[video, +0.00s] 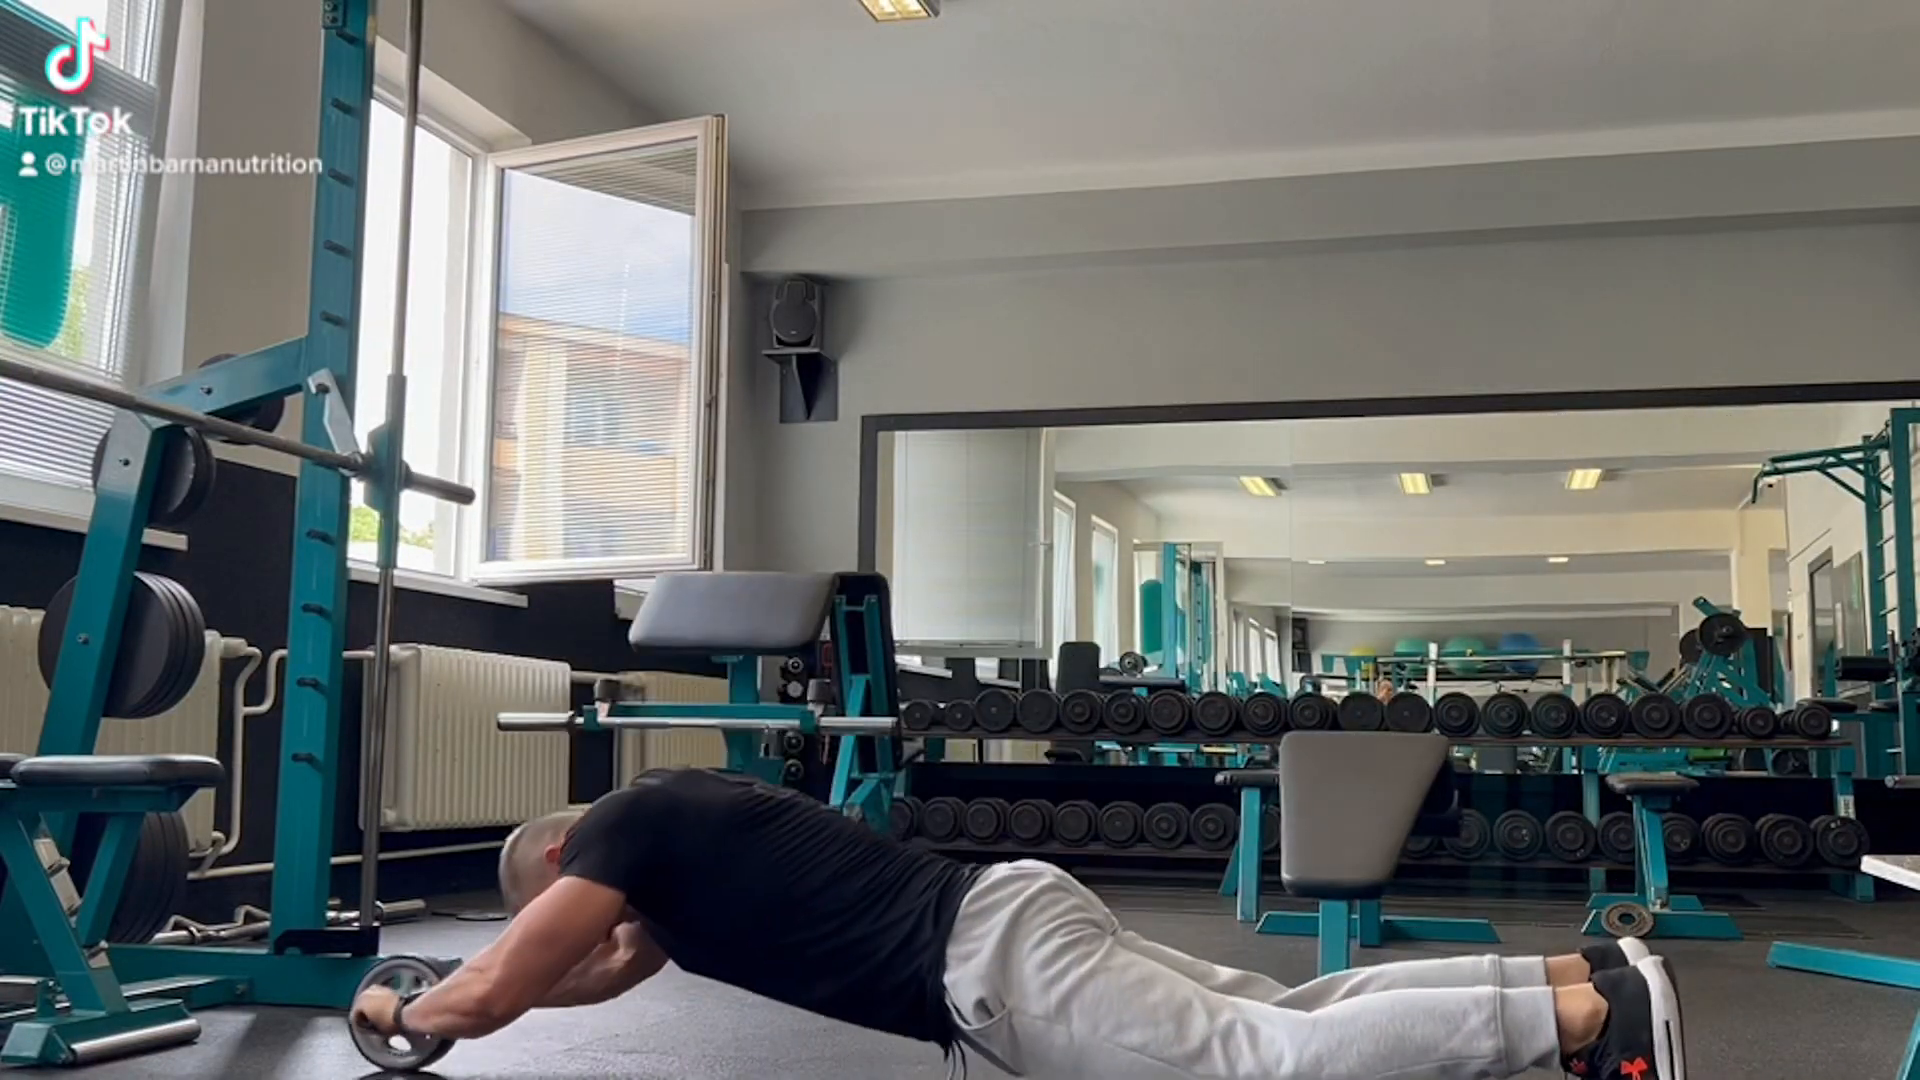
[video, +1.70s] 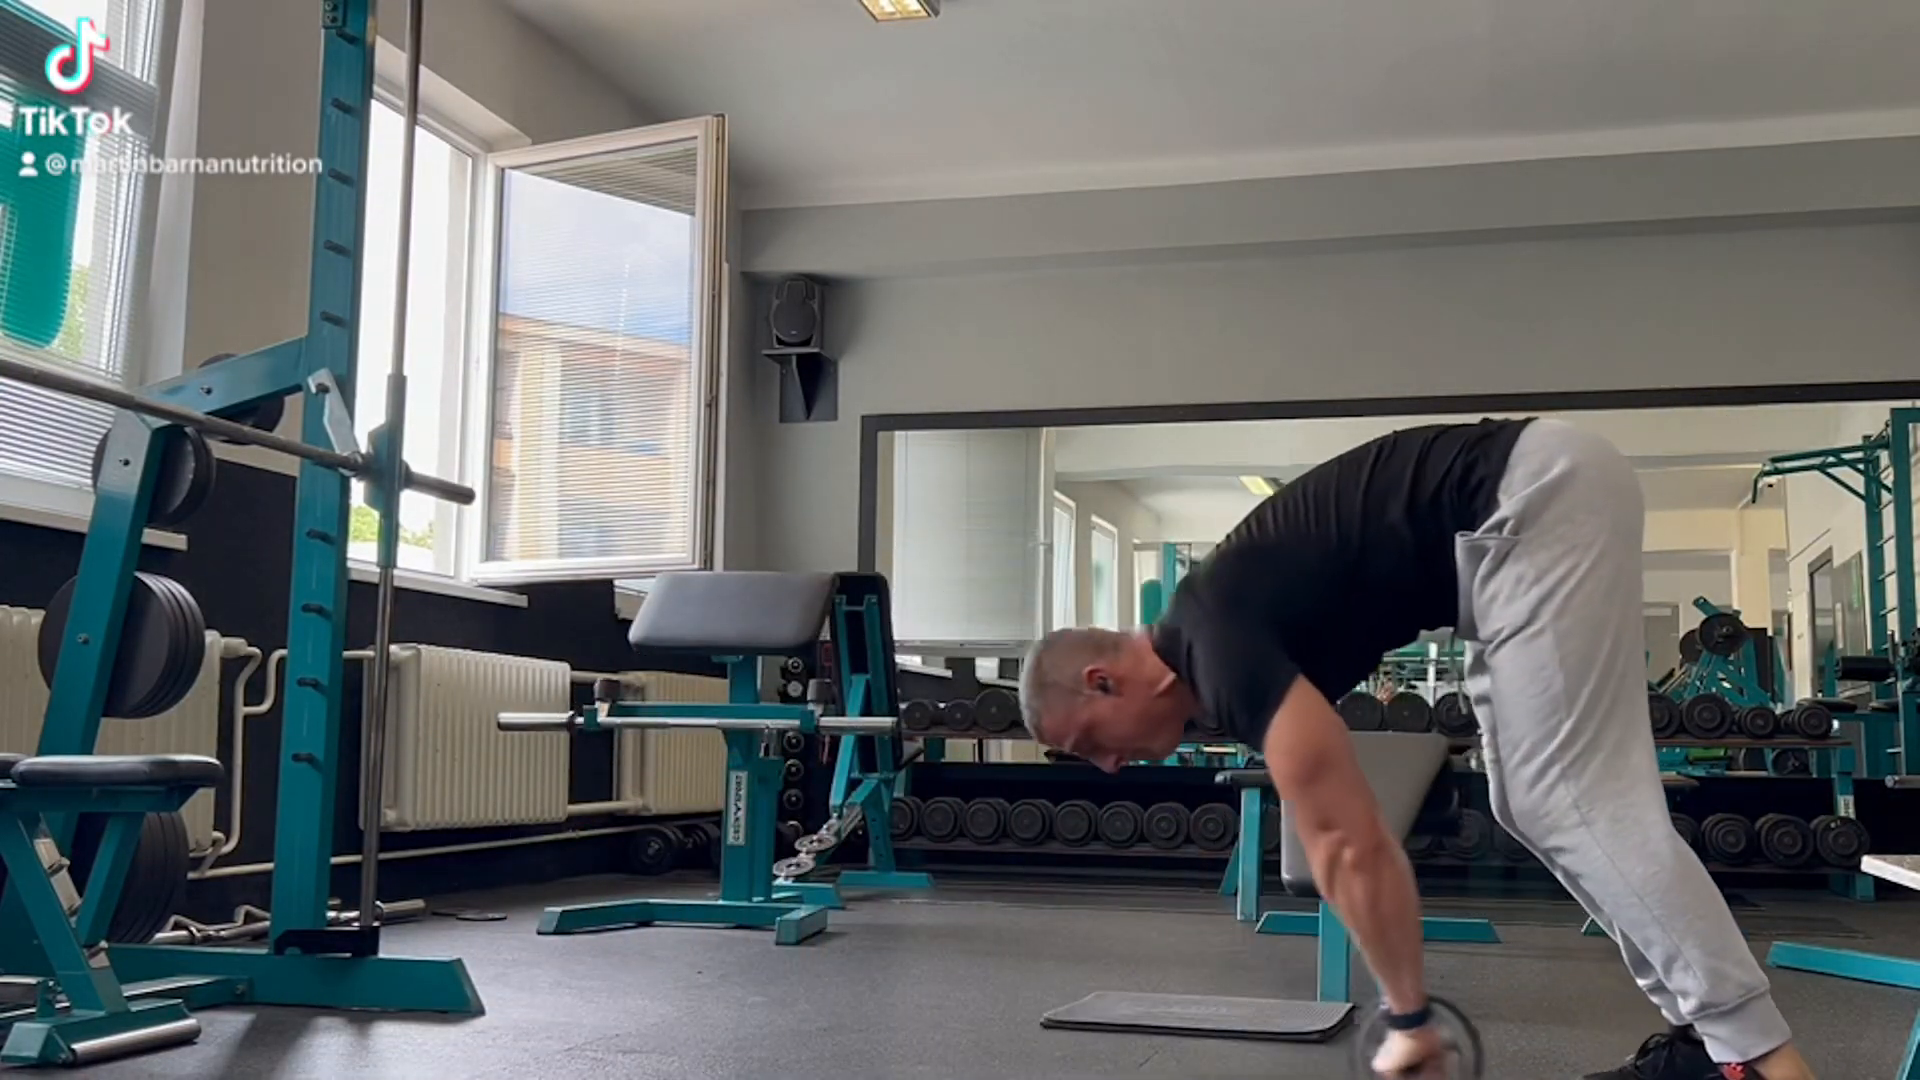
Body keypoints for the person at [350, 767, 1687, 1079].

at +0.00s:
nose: (553, 940)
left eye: (542, 918)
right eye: (544, 929)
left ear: (565, 863)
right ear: (590, 861)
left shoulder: (627, 835)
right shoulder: (683, 862)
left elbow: (486, 996)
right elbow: (615, 976)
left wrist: (412, 1017)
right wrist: (485, 1006)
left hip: (994, 947)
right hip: (1003, 938)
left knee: (1247, 1050)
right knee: (1264, 1011)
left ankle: (1564, 1006)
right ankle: (1559, 990)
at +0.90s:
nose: (607, 825)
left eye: (588, 803)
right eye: (597, 811)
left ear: (589, 751)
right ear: (621, 736)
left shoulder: (670, 713)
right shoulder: (742, 722)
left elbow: (642, 923)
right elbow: (721, 917)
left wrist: (595, 1010)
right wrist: (626, 990)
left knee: (1257, 1042)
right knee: (1291, 978)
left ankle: (1576, 998)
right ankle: (1574, 973)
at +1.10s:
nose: (676, 762)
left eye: (655, 744)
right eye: (663, 757)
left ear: (658, 678)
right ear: (685, 686)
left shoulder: (754, 637)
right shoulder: (819, 668)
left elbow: (783, 845)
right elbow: (851, 856)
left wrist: (768, 992)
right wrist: (798, 989)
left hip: (1107, 698)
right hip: (1110, 714)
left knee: (1315, 924)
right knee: (1326, 902)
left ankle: (1634, 995)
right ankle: (1620, 978)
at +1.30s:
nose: (829, 746)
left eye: (802, 735)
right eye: (810, 743)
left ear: (792, 670)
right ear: (810, 662)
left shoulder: (892, 618)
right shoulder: (916, 639)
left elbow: (940, 837)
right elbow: (983, 837)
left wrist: (940, 990)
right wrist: (951, 986)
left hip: (1239, 583)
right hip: (1225, 621)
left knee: (1420, 839)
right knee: (1364, 838)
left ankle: (1694, 1015)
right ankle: (1638, 973)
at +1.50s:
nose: (981, 746)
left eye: (952, 731)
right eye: (955, 742)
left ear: (958, 662)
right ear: (962, 652)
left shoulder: (1065, 614)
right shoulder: (1066, 620)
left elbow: (1124, 840)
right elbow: (1137, 836)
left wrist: (1120, 1004)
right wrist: (1123, 991)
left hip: (1394, 526)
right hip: (1386, 534)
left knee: (1499, 822)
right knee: (1491, 819)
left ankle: (1742, 1040)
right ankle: (1680, 1010)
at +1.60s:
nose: (1061, 749)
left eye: (1033, 737)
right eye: (1037, 748)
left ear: (1032, 670)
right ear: (1037, 654)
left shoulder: (1144, 612)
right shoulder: (1145, 614)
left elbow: (1232, 835)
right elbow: (1229, 823)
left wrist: (1247, 1008)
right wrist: (1246, 996)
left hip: (1466, 499)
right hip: (1455, 510)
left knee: (1532, 803)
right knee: (1517, 802)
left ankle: (1750, 1047)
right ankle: (1693, 1018)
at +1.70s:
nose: (1125, 758)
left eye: (1102, 744)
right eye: (1102, 756)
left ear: (1107, 675)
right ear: (1113, 663)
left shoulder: (1222, 631)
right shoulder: (1216, 634)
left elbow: (1352, 841)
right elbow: (1328, 829)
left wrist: (1409, 1020)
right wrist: (1397, 998)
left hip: (1537, 490)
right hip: (1513, 511)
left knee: (1566, 795)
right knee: (1534, 797)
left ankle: (1765, 1051)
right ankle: (1702, 1018)